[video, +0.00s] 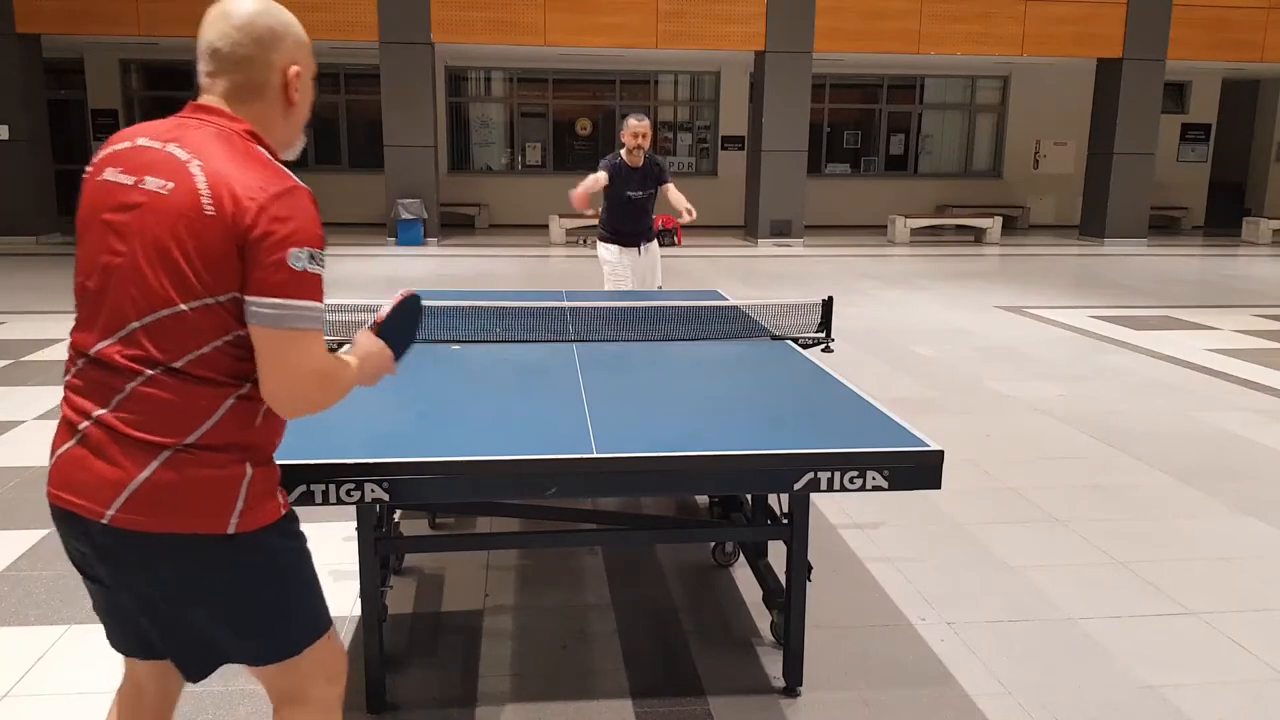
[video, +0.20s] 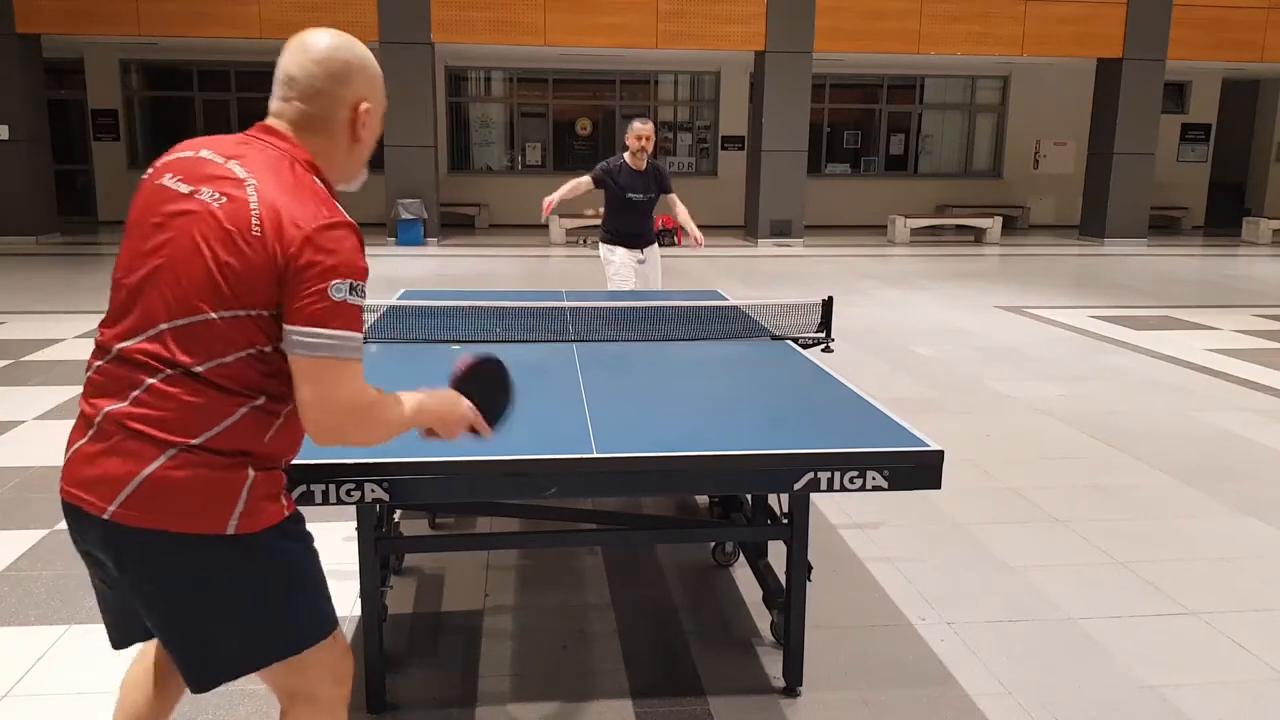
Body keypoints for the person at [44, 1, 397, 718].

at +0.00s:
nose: (313, 101)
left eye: (314, 86)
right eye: (314, 83)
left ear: (205, 74)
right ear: (294, 82)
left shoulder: (115, 154)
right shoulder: (271, 195)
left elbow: (143, 314)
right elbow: (294, 391)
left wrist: (293, 326)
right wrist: (360, 363)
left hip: (84, 492)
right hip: (202, 509)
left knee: (149, 674)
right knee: (314, 684)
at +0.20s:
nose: (378, 134)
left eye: (382, 117)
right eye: (381, 116)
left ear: (281, 98)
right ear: (360, 118)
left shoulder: (177, 162)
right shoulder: (317, 225)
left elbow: (178, 320)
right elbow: (335, 415)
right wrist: (424, 408)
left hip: (95, 479)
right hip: (203, 500)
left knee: (174, 645)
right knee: (320, 680)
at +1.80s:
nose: (339, 169)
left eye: (340, 153)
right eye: (339, 153)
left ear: (240, 137)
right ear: (314, 157)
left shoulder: (164, 184)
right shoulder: (253, 259)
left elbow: (170, 326)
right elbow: (287, 441)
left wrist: (277, 347)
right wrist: (363, 407)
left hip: (35, 468)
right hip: (126, 503)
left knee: (102, 633)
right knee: (265, 659)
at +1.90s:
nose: (363, 187)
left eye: (366, 170)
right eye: (364, 171)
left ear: (265, 154)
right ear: (337, 180)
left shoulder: (191, 195)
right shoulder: (260, 279)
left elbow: (217, 307)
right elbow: (298, 458)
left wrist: (319, 333)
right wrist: (389, 423)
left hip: (45, 470)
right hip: (123, 506)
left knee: (111, 631)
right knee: (269, 662)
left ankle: (52, 717)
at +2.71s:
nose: (191, 115)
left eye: (189, 97)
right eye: (178, 96)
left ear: (109, 94)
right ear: (123, 95)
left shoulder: (15, 162)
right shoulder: (122, 166)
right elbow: (291, 158)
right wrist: (250, 58)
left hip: (15, 462)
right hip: (93, 468)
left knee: (66, 619)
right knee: (191, 662)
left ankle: (35, 719)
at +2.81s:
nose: (156, 100)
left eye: (154, 85)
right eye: (148, 83)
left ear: (69, 86)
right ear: (105, 88)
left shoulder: (10, 157)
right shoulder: (110, 155)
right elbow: (270, 122)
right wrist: (206, 38)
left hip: (12, 459)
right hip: (95, 461)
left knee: (62, 613)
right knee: (192, 659)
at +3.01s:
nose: (128, 114)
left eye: (126, 100)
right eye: (124, 100)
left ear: (34, 101)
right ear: (99, 101)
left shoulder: (4, 162)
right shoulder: (106, 171)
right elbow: (269, 197)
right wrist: (228, 110)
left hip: (6, 462)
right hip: (85, 463)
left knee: (58, 617)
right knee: (197, 651)